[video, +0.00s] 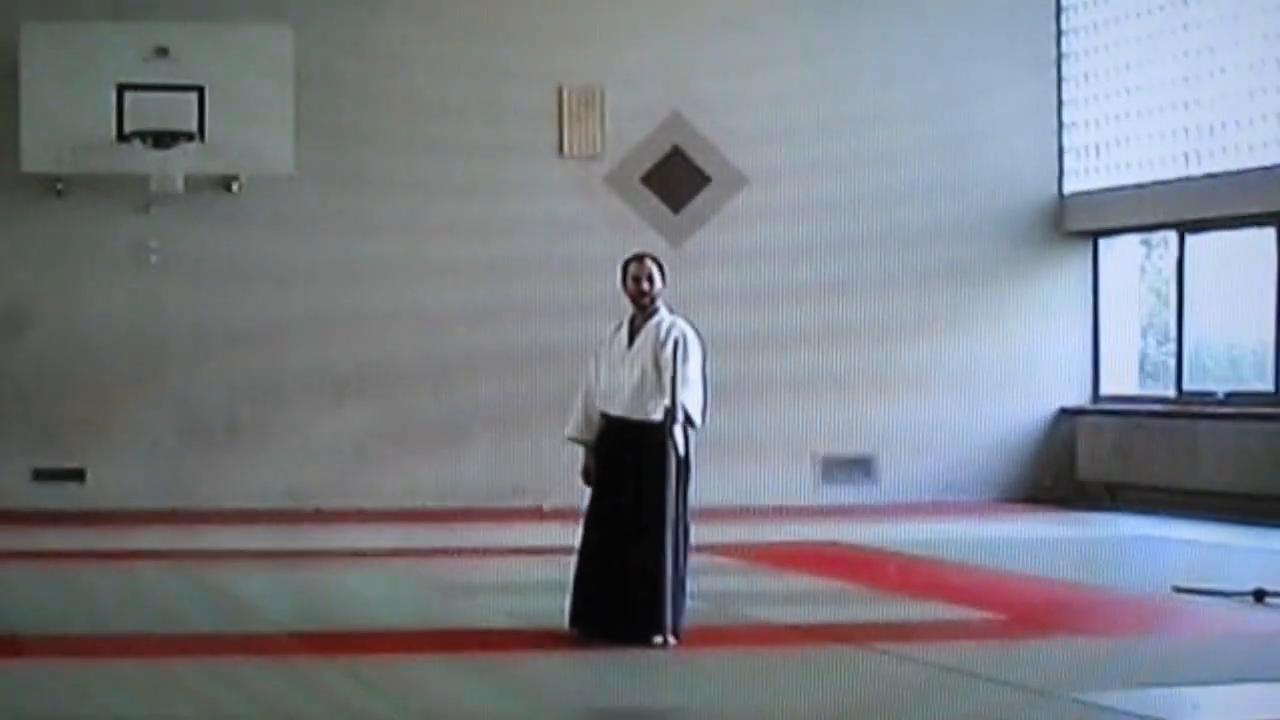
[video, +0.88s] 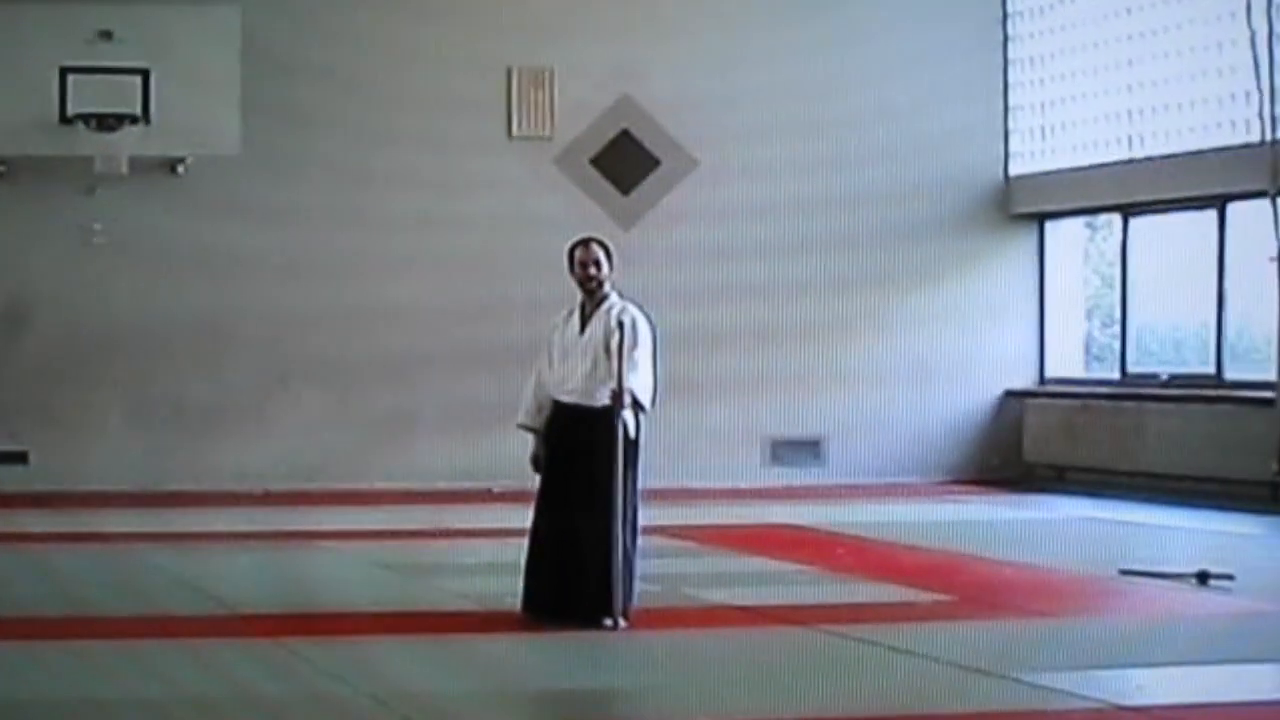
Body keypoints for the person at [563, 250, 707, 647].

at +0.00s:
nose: (642, 286)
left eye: (649, 278)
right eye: (635, 279)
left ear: (662, 284)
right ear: (624, 286)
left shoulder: (677, 334)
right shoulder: (613, 337)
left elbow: (685, 393)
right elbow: (593, 395)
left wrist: (676, 441)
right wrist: (589, 449)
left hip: (656, 437)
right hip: (614, 436)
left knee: (657, 531)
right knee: (608, 529)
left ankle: (660, 623)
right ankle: (601, 619)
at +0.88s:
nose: (589, 271)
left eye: (596, 264)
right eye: (582, 265)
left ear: (609, 268)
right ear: (573, 272)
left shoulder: (627, 318)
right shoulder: (563, 323)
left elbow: (637, 368)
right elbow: (544, 382)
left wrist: (625, 407)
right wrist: (538, 435)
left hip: (607, 420)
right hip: (564, 421)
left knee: (608, 513)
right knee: (558, 512)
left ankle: (610, 605)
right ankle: (554, 602)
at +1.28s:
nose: (548, 272)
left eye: (554, 264)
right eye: (540, 266)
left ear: (567, 268)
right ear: (531, 274)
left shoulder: (589, 319)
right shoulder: (519, 324)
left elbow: (606, 369)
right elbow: (498, 376)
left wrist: (585, 395)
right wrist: (502, 423)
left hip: (570, 418)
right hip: (526, 418)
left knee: (571, 510)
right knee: (519, 509)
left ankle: (571, 604)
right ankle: (515, 602)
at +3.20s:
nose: (562, 297)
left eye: (569, 288)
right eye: (554, 289)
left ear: (583, 289)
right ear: (544, 294)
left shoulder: (607, 333)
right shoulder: (532, 331)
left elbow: (620, 393)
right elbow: (528, 380)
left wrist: (587, 410)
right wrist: (554, 407)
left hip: (605, 434)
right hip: (560, 432)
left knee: (596, 520)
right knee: (542, 516)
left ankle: (598, 609)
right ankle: (541, 604)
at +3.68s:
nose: (566, 277)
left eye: (572, 267)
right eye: (557, 271)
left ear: (585, 269)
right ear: (547, 277)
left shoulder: (608, 312)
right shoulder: (536, 313)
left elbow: (622, 344)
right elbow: (537, 363)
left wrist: (623, 365)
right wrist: (574, 382)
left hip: (604, 417)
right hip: (557, 417)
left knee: (599, 505)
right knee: (546, 503)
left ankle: (603, 593)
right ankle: (552, 592)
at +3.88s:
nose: (543, 256)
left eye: (549, 247)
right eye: (533, 251)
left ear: (564, 249)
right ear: (526, 260)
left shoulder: (589, 292)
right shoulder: (518, 299)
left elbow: (612, 326)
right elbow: (526, 354)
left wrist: (628, 356)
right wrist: (572, 372)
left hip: (592, 398)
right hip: (543, 399)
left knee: (591, 488)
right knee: (512, 489)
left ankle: (602, 580)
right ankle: (542, 576)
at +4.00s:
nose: (522, 247)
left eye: (527, 238)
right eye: (513, 242)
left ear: (542, 242)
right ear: (505, 252)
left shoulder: (571, 288)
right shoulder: (496, 299)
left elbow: (599, 329)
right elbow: (504, 353)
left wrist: (619, 368)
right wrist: (546, 375)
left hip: (579, 394)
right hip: (525, 397)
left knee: (587, 481)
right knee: (492, 473)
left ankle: (599, 572)